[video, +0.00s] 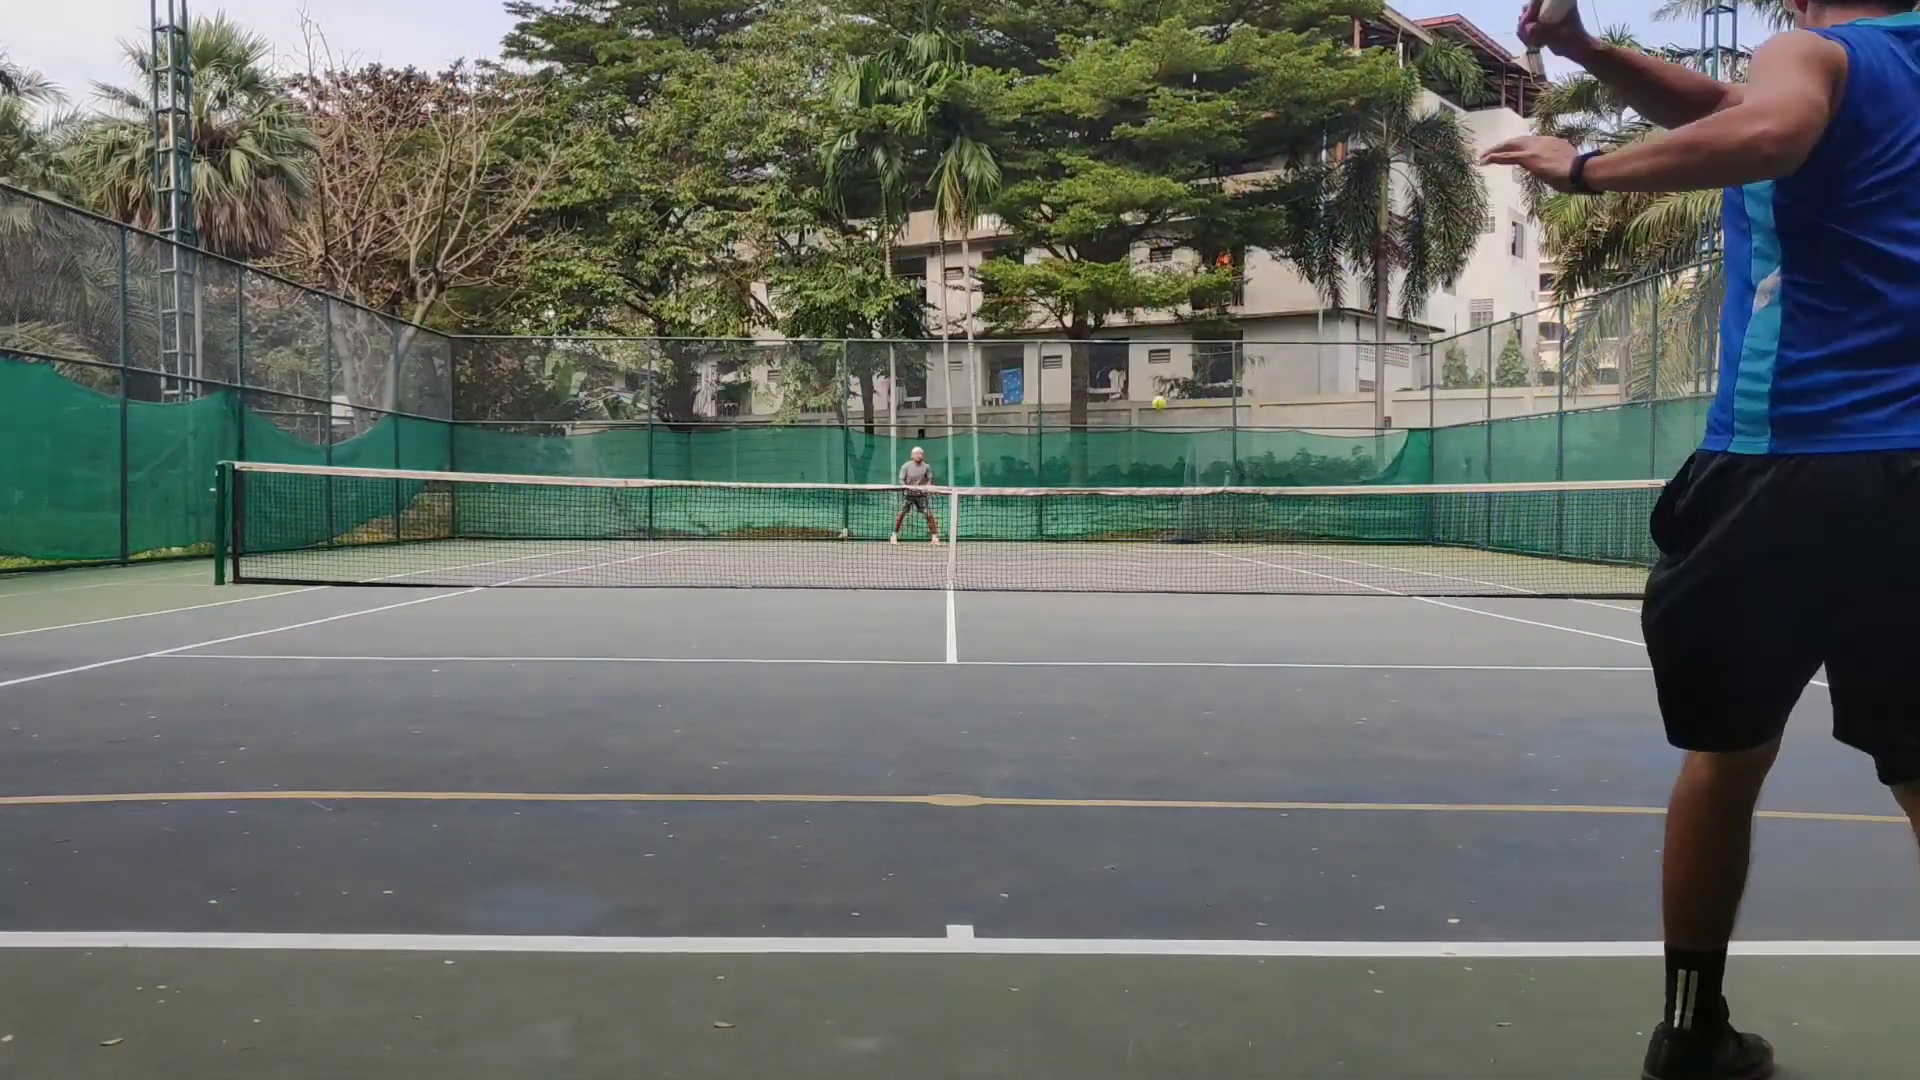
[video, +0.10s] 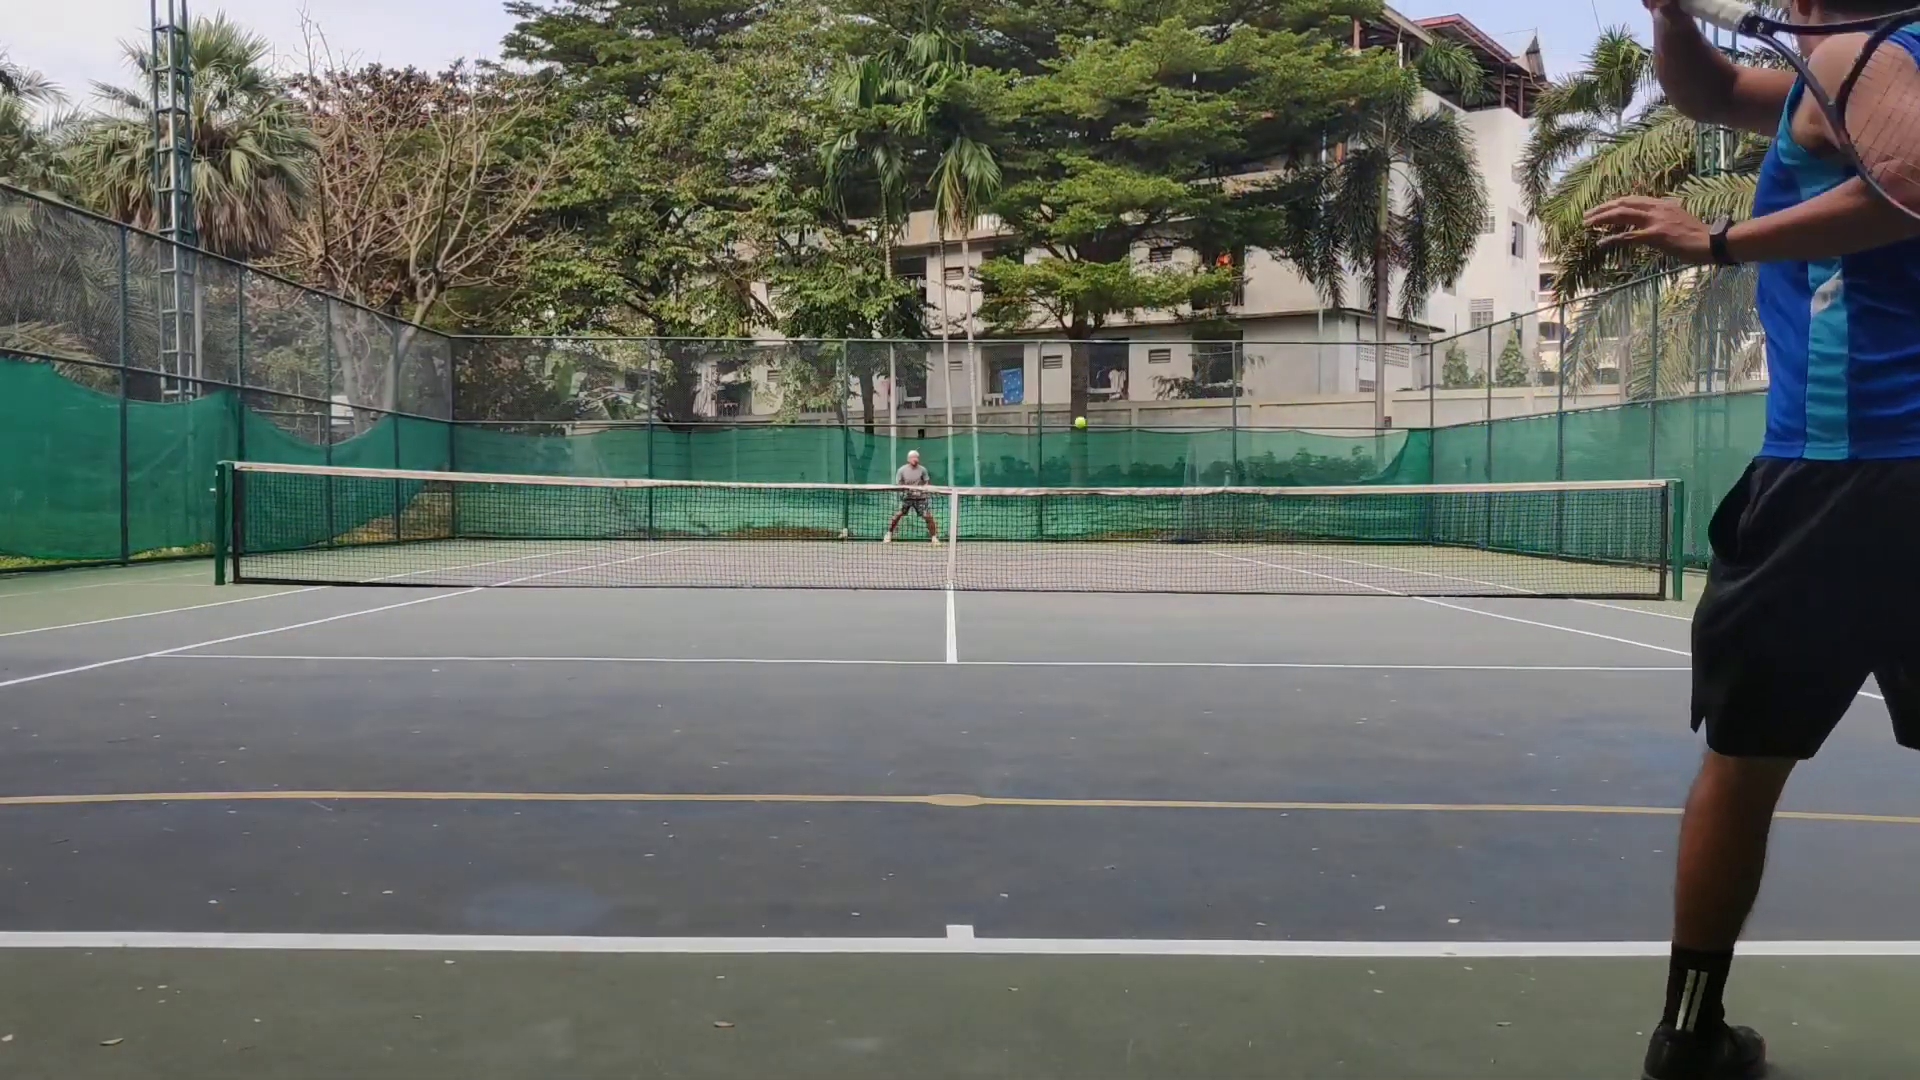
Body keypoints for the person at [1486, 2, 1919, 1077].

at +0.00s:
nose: (1777, 16)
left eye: (1781, 10)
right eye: (1779, 14)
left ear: (1806, 2)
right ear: (1887, 2)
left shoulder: (1811, 49)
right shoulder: (1901, 64)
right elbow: (1734, 103)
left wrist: (1582, 164)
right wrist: (1586, 48)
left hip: (1778, 474)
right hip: (1908, 471)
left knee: (1720, 765)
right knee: (1917, 778)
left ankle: (1693, 1021)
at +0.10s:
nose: (1782, 14)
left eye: (1791, 3)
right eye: (1786, 12)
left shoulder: (1856, 54)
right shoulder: (1830, 66)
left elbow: (1906, 182)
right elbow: (1709, 89)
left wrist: (1718, 236)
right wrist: (1671, 12)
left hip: (1830, 474)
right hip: (1879, 469)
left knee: (1743, 762)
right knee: (1741, 762)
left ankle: (1689, 1027)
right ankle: (1689, 1024)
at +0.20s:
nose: (1791, 23)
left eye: (1797, 10)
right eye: (1792, 11)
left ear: (1829, 20)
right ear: (1884, 21)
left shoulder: (1897, 112)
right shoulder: (1861, 120)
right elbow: (1707, 160)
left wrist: (1819, 313)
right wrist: (1732, 93)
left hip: (1893, 510)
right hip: (1878, 505)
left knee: (1740, 733)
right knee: (1744, 733)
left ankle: (1688, 1021)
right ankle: (1692, 1017)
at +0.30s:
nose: (1792, 95)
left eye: (1791, 74)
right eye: (1793, 77)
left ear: (1811, 68)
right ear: (1903, 57)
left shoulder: (1905, 164)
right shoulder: (1873, 187)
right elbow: (1721, 284)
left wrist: (1844, 355)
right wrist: (1728, 216)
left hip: (1903, 543)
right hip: (1894, 539)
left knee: (1717, 731)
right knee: (1720, 730)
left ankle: (1737, 1027)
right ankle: (1736, 1024)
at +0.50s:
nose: (1732, 29)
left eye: (1732, 15)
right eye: (1736, 17)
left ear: (1752, 13)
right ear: (1849, 12)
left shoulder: (1807, 82)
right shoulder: (1881, 84)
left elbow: (1896, 196)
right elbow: (1864, 311)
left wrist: (1730, 297)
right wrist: (1732, 379)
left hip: (1847, 505)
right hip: (1882, 497)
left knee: (1737, 793)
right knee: (1745, 789)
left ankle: (1855, 1070)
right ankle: (1854, 1065)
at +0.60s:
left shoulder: (1727, 20)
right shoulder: (1892, 64)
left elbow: (1758, 148)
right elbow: (1866, 245)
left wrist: (1640, 256)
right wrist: (1650, 258)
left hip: (1777, 455)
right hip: (1905, 447)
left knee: (1715, 760)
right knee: (1915, 743)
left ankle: (1826, 1055)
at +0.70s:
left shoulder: (1661, 19)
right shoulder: (1885, 59)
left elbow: (1650, 169)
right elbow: (1912, 265)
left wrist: (1588, 268)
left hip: (1723, 442)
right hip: (1889, 446)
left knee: (1606, 733)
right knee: (1841, 742)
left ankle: (1708, 1040)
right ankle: (1915, 1035)